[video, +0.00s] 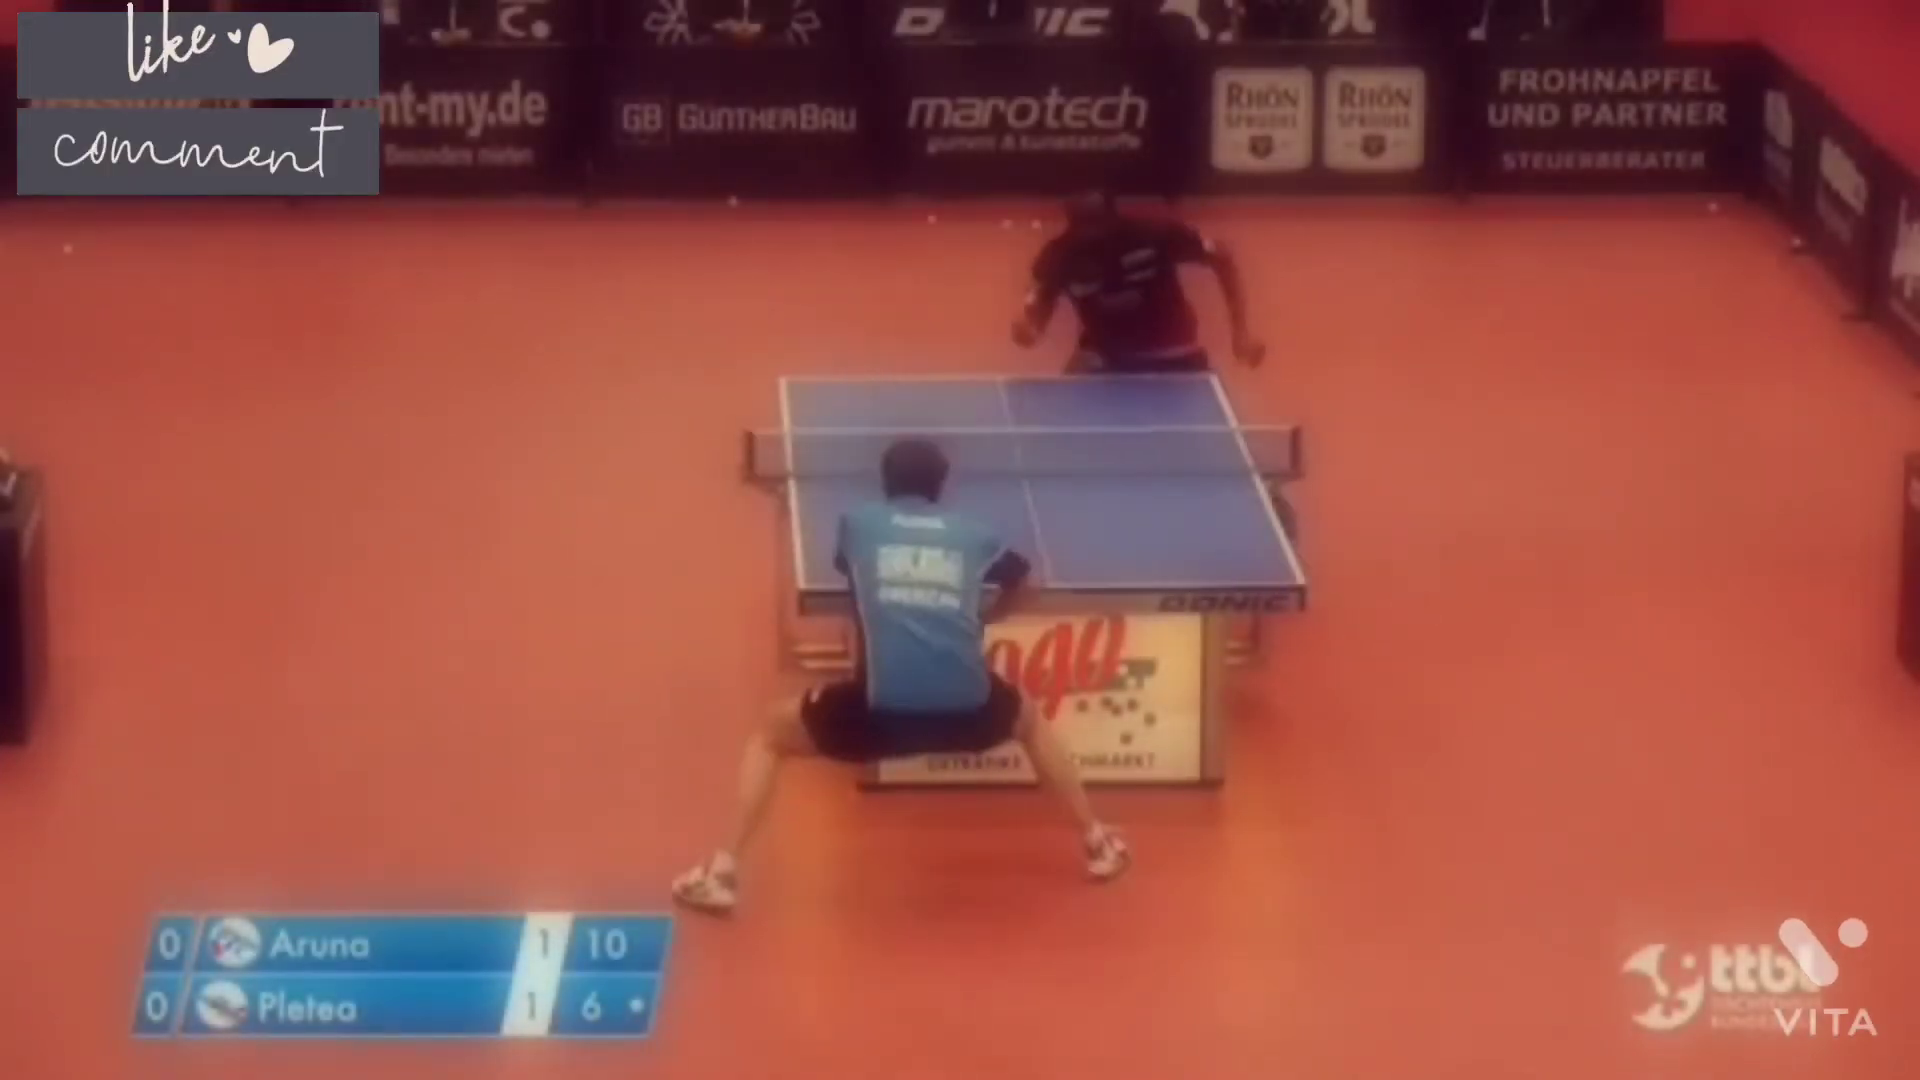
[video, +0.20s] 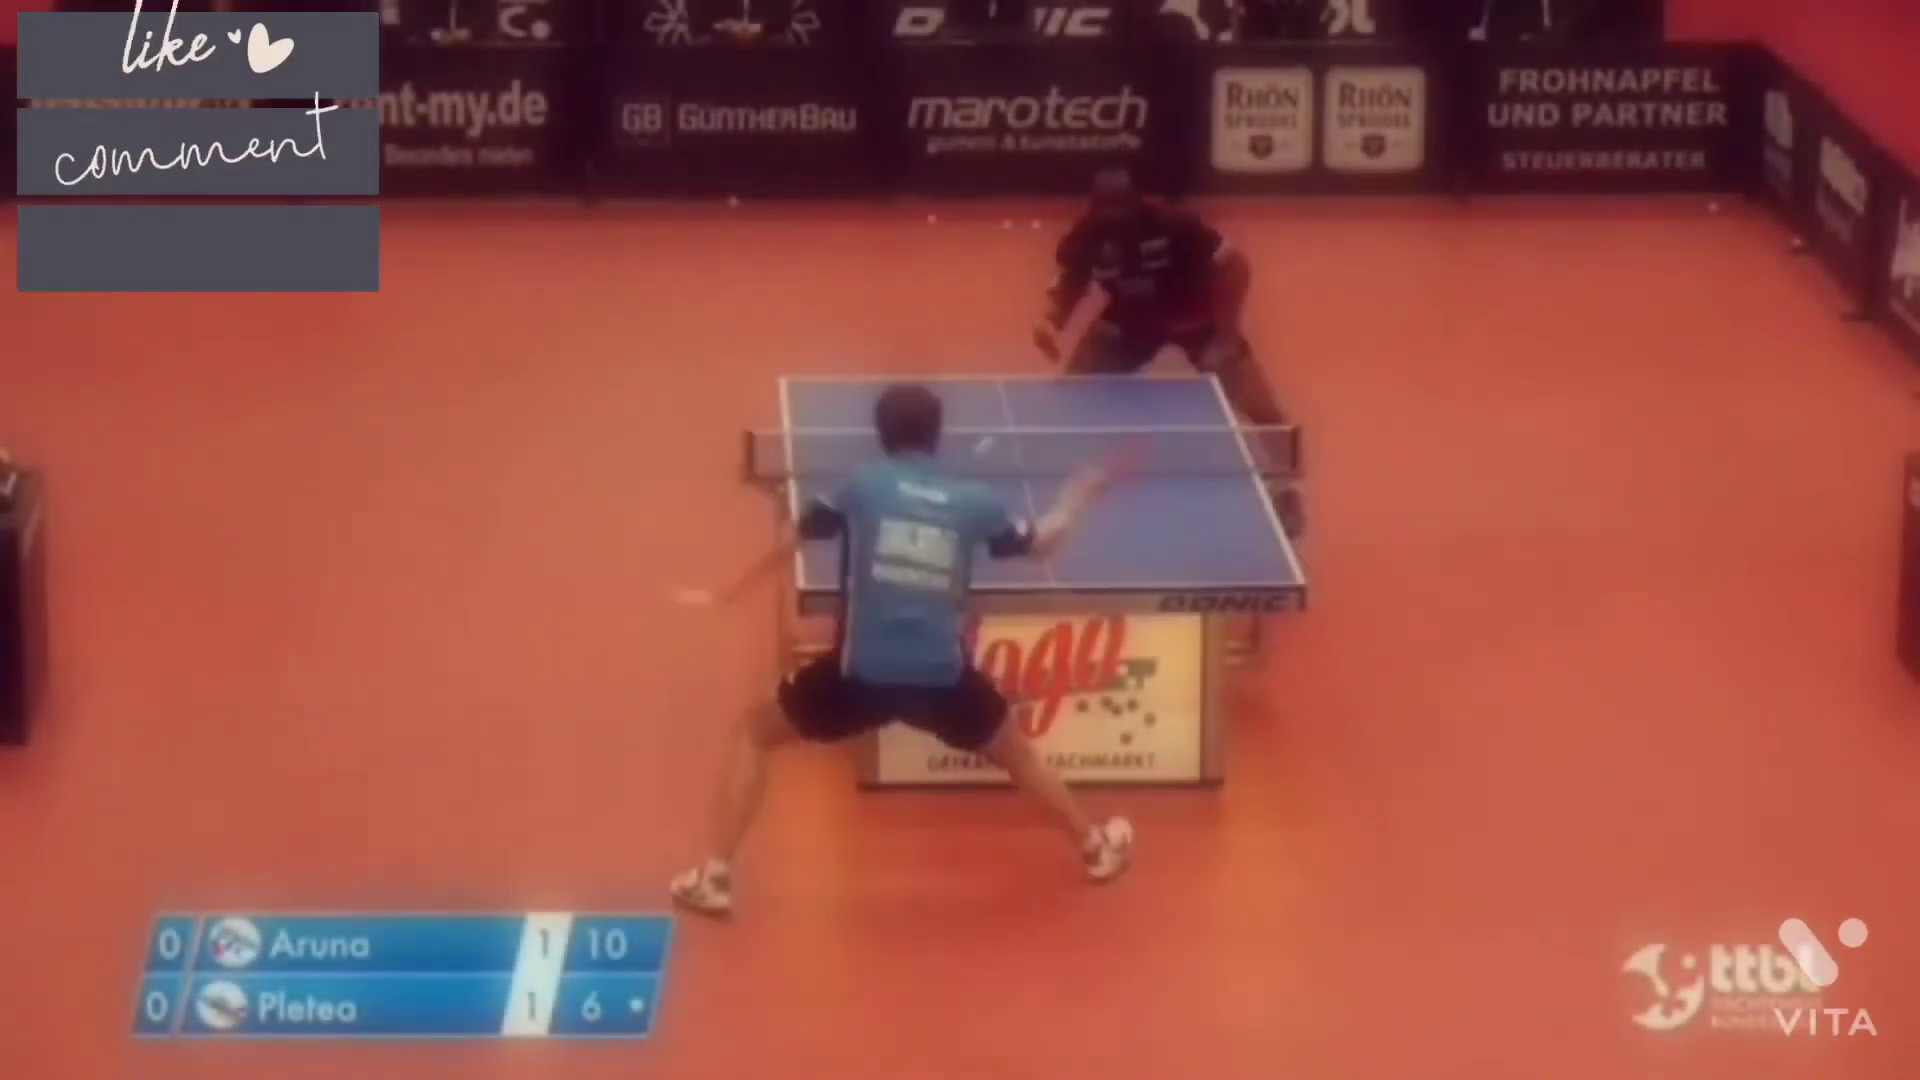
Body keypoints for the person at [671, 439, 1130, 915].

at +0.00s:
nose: (924, 491)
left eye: (899, 482)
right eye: (933, 481)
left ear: (886, 483)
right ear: (941, 485)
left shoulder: (859, 524)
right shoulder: (970, 532)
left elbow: (847, 575)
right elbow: (1020, 577)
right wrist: (980, 621)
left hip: (879, 715)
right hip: (969, 714)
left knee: (769, 733)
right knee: (1029, 721)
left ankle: (723, 871)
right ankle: (1098, 840)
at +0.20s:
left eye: (891, 425)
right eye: (921, 424)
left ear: (883, 433)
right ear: (936, 433)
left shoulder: (866, 484)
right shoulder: (969, 498)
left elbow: (793, 538)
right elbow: (1035, 545)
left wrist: (725, 592)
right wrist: (1079, 496)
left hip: (863, 675)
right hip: (940, 678)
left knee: (753, 734)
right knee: (1018, 756)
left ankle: (715, 872)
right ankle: (1095, 845)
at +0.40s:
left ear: (867, 406)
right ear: (927, 407)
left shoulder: (840, 465)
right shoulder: (950, 474)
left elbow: (771, 532)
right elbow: (1026, 556)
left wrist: (718, 611)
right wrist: (1076, 539)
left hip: (846, 662)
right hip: (928, 664)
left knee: (754, 746)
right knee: (1009, 753)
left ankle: (704, 876)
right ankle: (1045, 880)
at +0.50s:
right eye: (919, 427)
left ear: (866, 436)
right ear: (923, 438)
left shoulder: (834, 498)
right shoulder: (943, 511)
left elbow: (783, 554)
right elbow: (1006, 584)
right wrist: (1046, 563)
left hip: (838, 695)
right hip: (919, 698)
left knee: (741, 764)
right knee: (1005, 792)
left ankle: (711, 900)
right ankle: (1046, 935)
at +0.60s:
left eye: (881, 439)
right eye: (910, 439)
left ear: (860, 443)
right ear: (917, 451)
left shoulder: (818, 496)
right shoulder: (925, 536)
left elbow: (745, 553)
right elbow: (965, 621)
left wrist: (799, 583)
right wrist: (995, 603)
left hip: (779, 688)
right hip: (857, 704)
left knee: (686, 752)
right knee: (959, 798)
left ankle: (651, 876)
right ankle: (1038, 936)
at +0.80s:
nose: (875, 508)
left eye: (864, 493)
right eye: (876, 501)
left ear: (821, 489)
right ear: (868, 514)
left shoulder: (782, 522)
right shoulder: (835, 594)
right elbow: (838, 680)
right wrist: (897, 745)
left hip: (661, 696)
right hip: (729, 722)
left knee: (585, 787)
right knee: (830, 830)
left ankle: (514, 894)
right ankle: (886, 970)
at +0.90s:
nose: (843, 532)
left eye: (831, 517)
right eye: (844, 524)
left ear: (787, 507)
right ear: (833, 535)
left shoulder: (756, 543)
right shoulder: (773, 604)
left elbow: (806, 585)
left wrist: (867, 614)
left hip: (607, 687)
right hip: (661, 720)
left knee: (544, 786)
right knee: (794, 818)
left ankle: (436, 874)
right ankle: (798, 961)